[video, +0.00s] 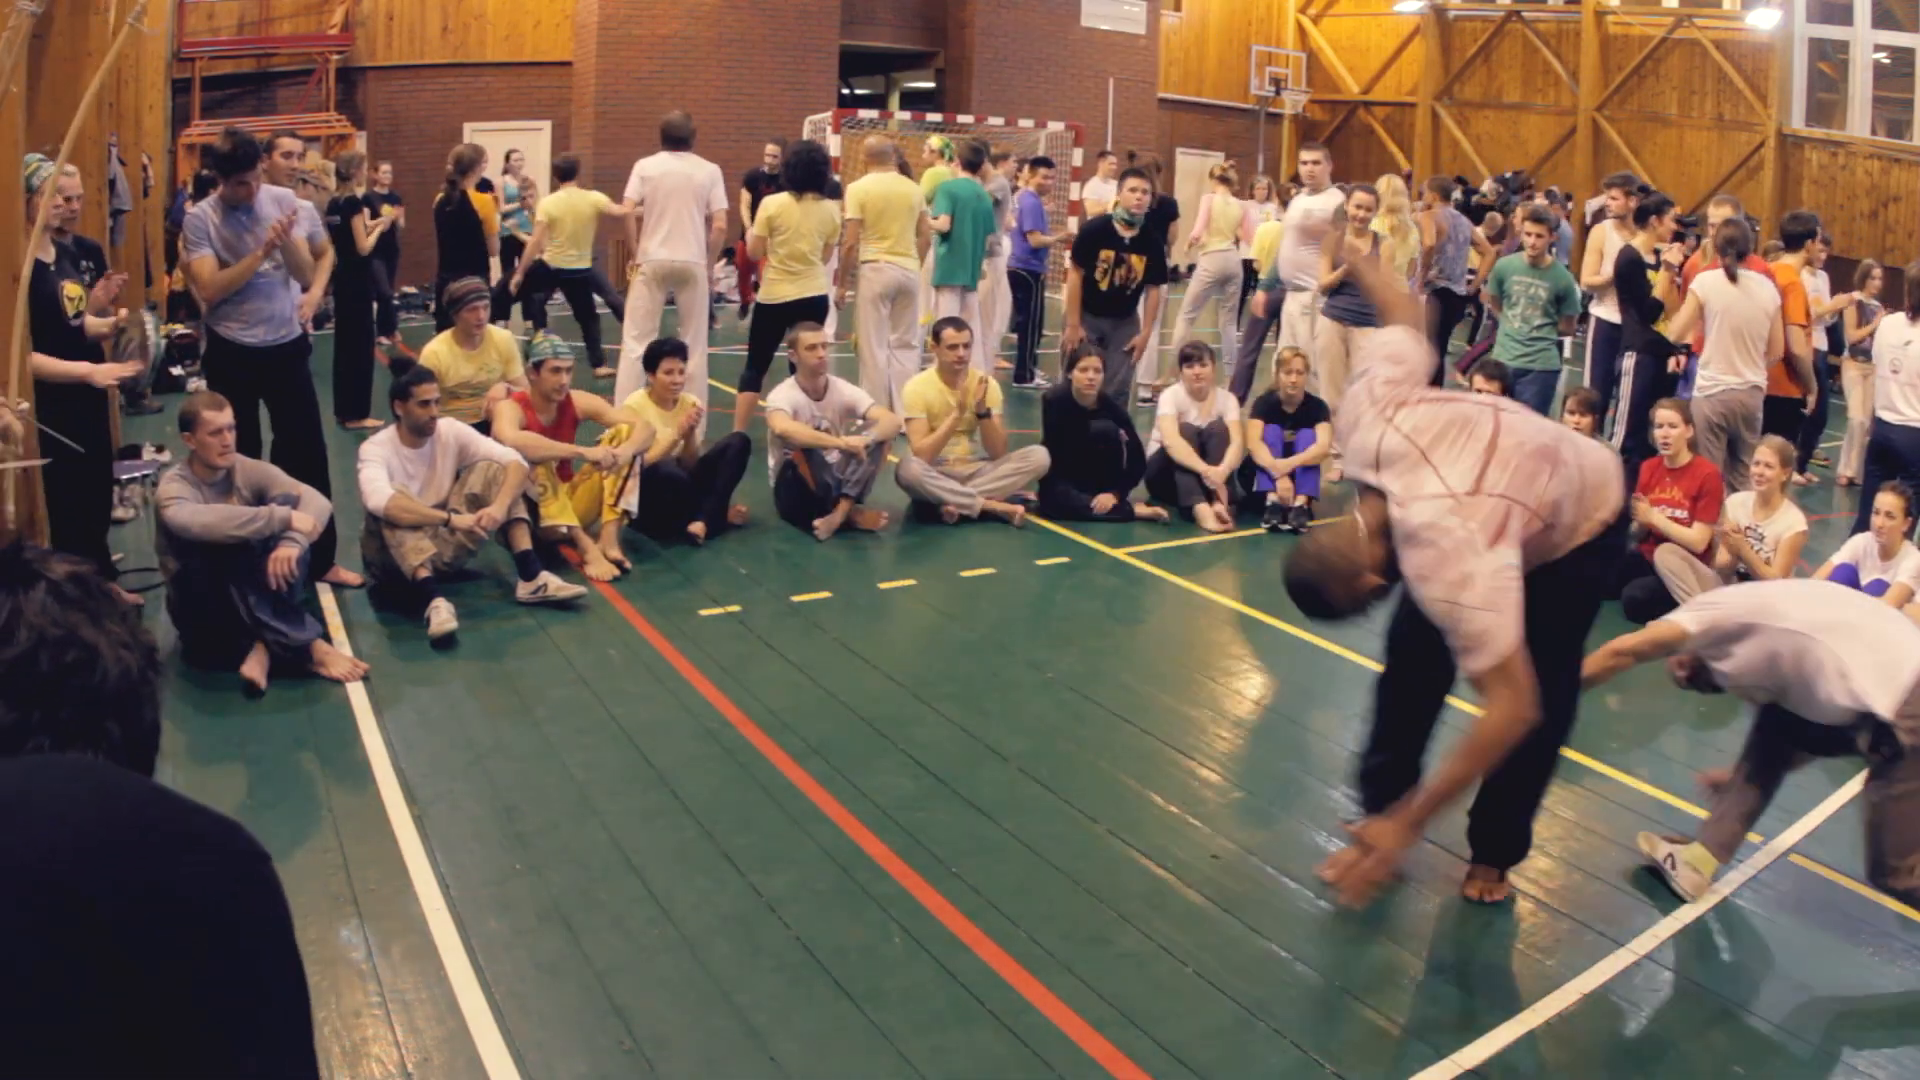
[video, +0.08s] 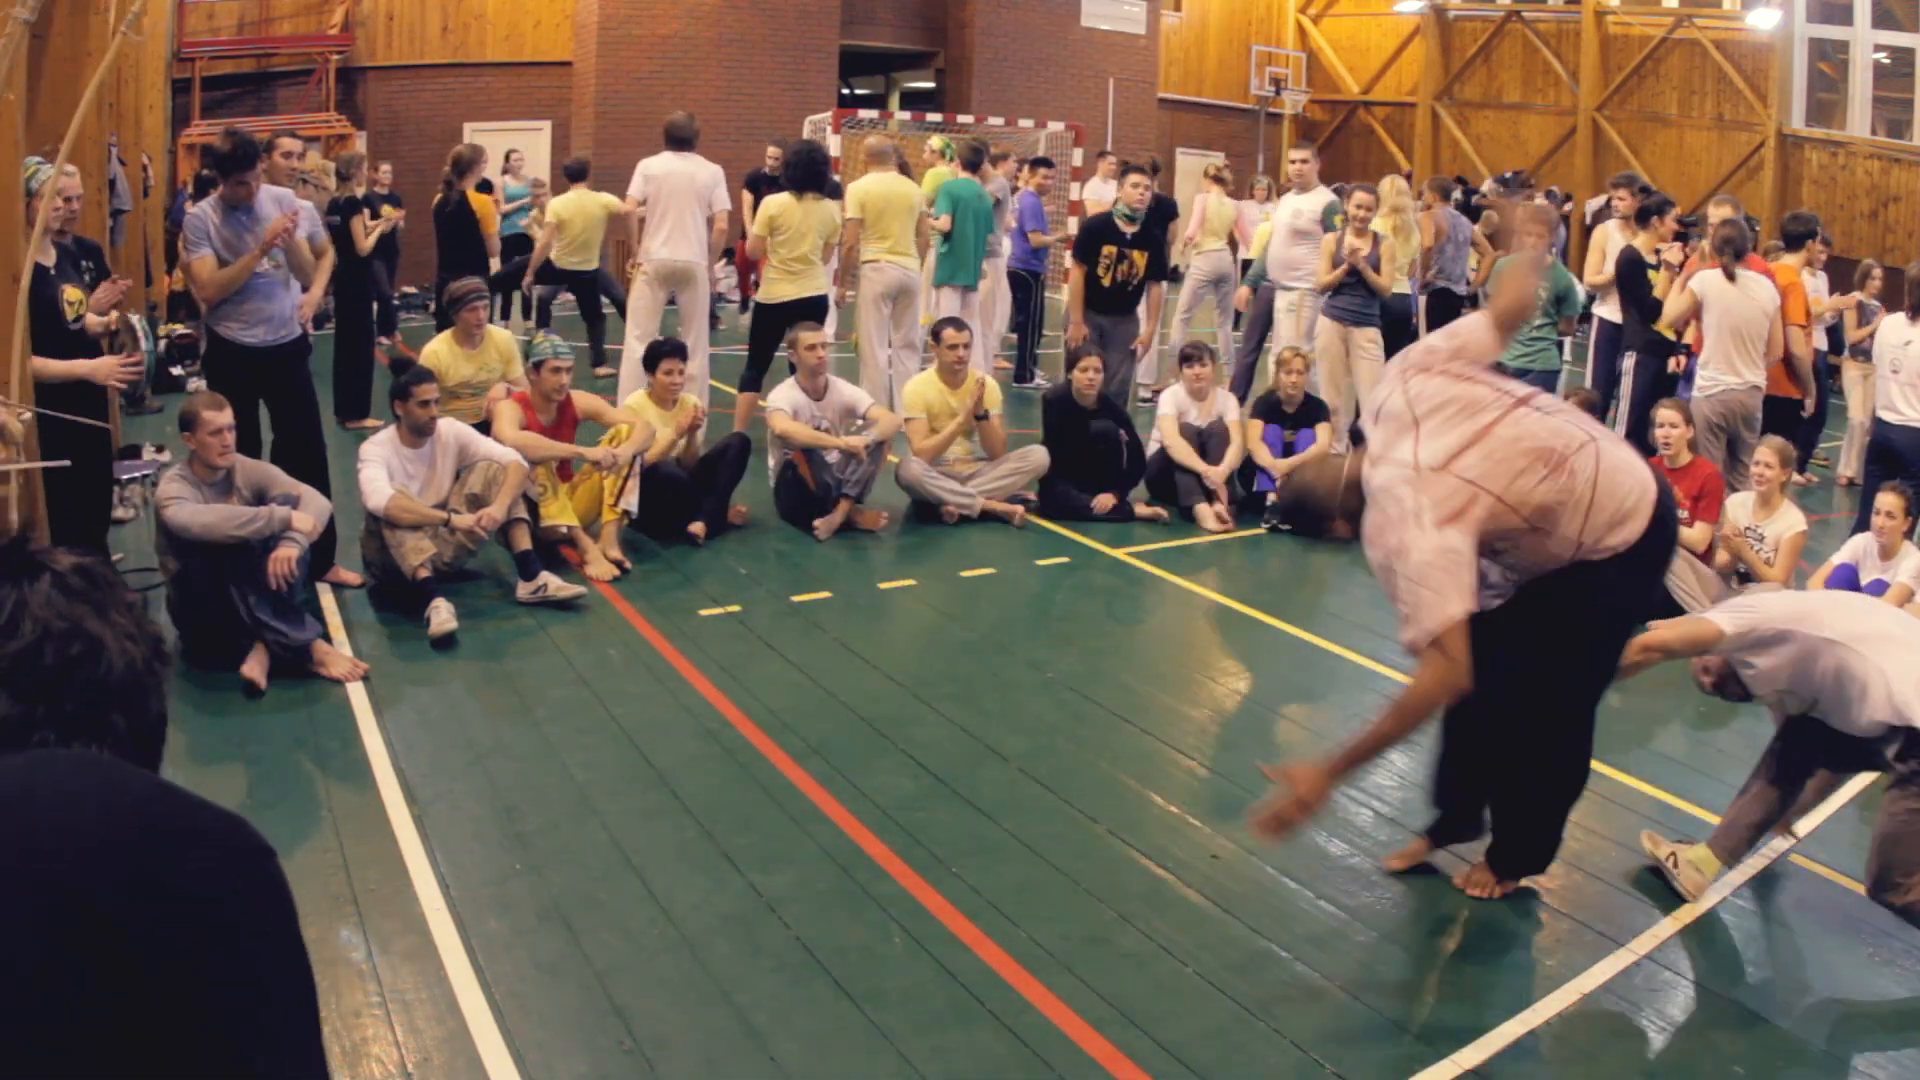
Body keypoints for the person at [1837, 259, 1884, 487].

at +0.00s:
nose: (1878, 283)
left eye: (1880, 278)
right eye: (1873, 278)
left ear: (1882, 281)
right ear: (1863, 279)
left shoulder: (1878, 306)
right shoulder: (1852, 303)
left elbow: (1880, 337)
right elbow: (1851, 336)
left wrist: (1883, 323)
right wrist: (1875, 324)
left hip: (1873, 363)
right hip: (1853, 362)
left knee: (1867, 419)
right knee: (1856, 417)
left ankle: (1857, 470)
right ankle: (1846, 470)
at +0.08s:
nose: (1877, 283)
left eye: (1880, 279)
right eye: (1873, 278)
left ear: (1882, 281)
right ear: (1863, 279)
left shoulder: (1878, 306)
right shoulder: (1852, 301)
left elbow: (1879, 337)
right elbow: (1851, 336)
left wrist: (1883, 324)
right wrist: (1875, 324)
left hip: (1873, 363)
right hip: (1853, 362)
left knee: (1867, 419)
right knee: (1856, 418)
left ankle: (1857, 471)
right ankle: (1845, 470)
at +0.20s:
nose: (1878, 283)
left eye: (1881, 279)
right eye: (1874, 278)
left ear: (1883, 281)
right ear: (1863, 279)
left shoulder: (1878, 305)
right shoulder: (1853, 300)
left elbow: (1877, 338)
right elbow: (1851, 336)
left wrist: (1883, 321)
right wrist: (1876, 321)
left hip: (1873, 363)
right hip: (1854, 361)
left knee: (1867, 420)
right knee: (1856, 418)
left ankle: (1856, 471)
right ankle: (1845, 470)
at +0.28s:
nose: (1878, 283)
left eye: (1881, 279)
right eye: (1874, 278)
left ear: (1883, 283)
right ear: (1863, 281)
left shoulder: (1879, 307)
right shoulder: (1852, 302)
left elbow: (1879, 339)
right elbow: (1851, 336)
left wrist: (1882, 320)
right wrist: (1875, 320)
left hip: (1873, 364)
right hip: (1853, 362)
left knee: (1867, 420)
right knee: (1856, 418)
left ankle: (1856, 470)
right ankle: (1845, 470)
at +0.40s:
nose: (1879, 283)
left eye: (1881, 279)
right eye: (1875, 279)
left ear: (1883, 281)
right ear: (1864, 279)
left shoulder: (1879, 306)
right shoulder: (1853, 302)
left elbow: (1878, 338)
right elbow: (1852, 337)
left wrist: (1885, 324)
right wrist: (1877, 322)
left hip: (1873, 363)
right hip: (1855, 362)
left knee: (1866, 420)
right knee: (1856, 417)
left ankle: (1854, 469)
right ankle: (1845, 470)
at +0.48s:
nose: (1879, 283)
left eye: (1881, 279)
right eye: (1875, 278)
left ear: (1883, 281)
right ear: (1864, 279)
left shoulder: (1878, 306)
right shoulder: (1853, 302)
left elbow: (1880, 339)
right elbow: (1851, 337)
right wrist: (1877, 322)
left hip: (1873, 364)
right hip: (1854, 362)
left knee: (1866, 420)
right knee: (1857, 418)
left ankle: (1855, 466)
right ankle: (1847, 468)